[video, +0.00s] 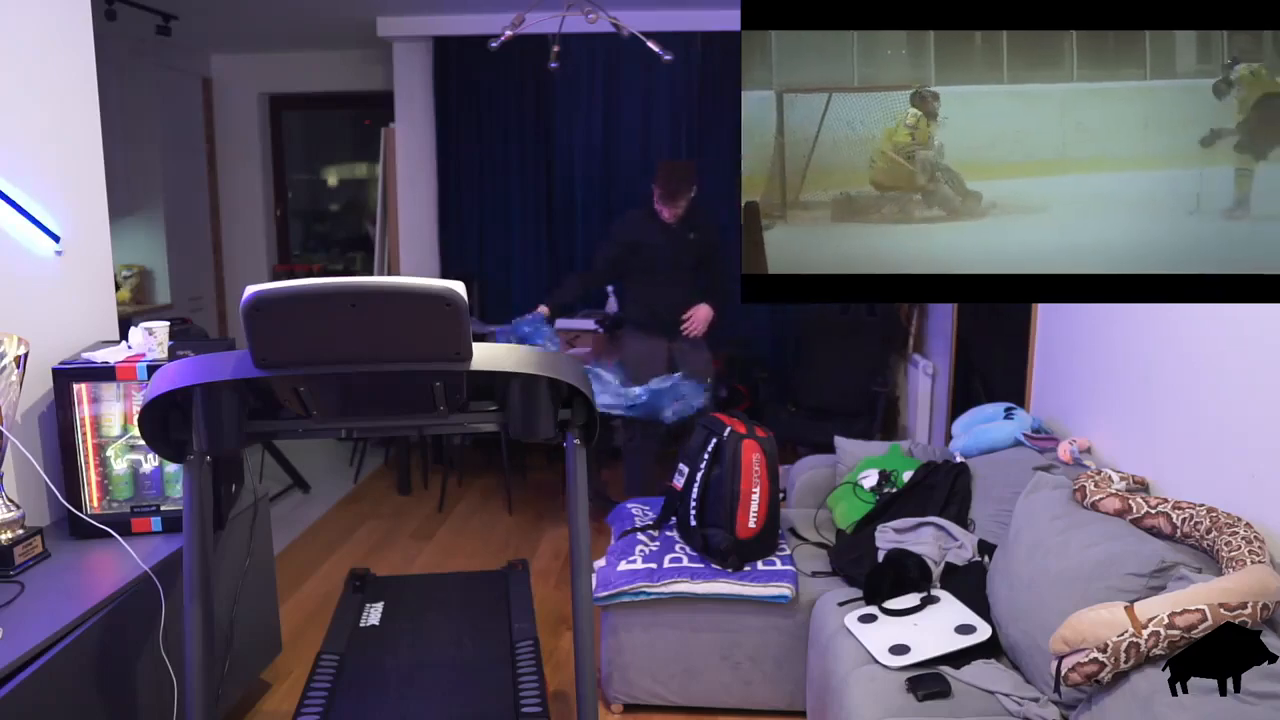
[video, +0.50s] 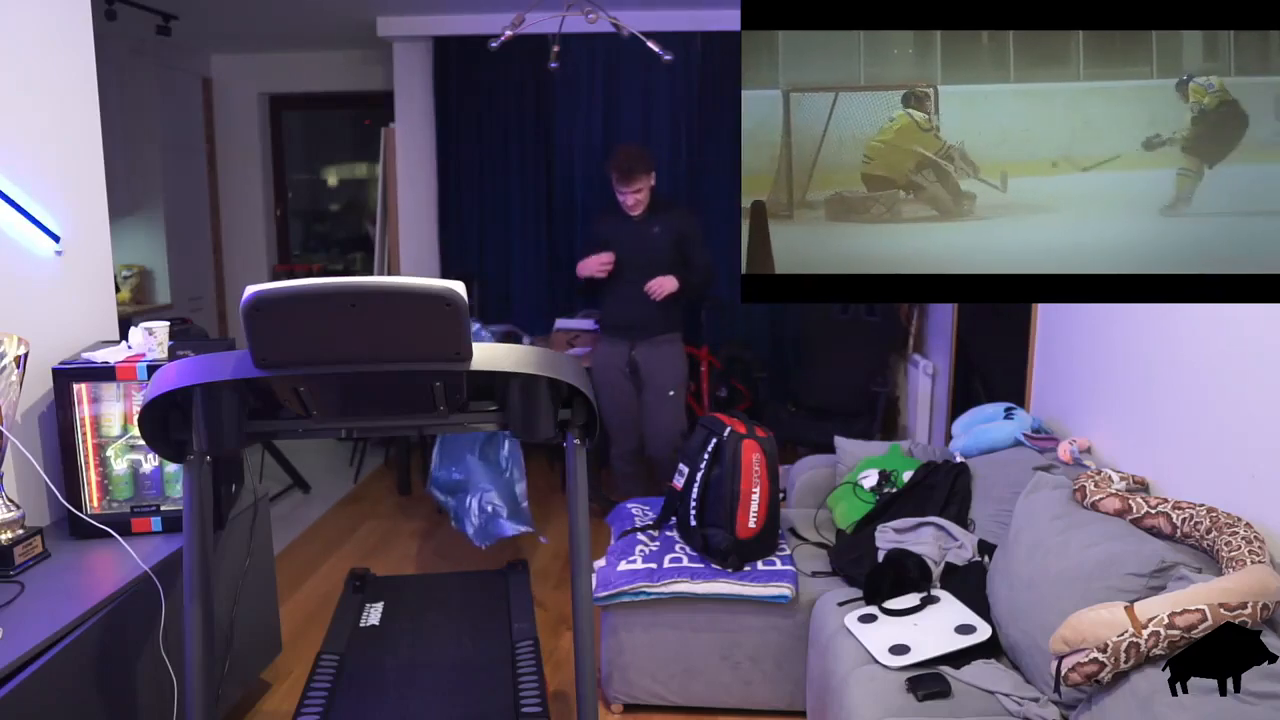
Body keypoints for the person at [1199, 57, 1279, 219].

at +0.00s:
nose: (1226, 96)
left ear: (1230, 72)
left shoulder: (1242, 70)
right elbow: (1246, 127)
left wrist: (1227, 83)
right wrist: (1220, 133)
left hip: (1269, 108)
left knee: (1244, 152)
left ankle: (1242, 205)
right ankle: (1242, 204)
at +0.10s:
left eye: (1217, 79)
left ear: (1222, 73)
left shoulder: (1235, 70)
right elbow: (1234, 127)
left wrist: (1222, 85)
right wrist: (1209, 134)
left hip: (1263, 108)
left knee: (1235, 151)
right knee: (1238, 152)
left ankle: (1231, 203)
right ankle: (1232, 202)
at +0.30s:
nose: (1201, 92)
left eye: (1200, 88)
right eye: (1200, 90)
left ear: (1202, 80)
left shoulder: (1211, 76)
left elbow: (1226, 88)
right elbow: (1211, 131)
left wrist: (1214, 101)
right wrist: (1184, 140)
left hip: (1240, 110)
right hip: (1257, 113)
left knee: (1211, 150)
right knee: (1217, 153)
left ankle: (1205, 199)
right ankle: (1207, 198)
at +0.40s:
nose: (1189, 95)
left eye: (1189, 90)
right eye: (1188, 93)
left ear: (1193, 83)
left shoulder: (1201, 80)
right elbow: (1200, 130)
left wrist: (1207, 109)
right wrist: (1173, 140)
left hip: (1229, 114)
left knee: (1200, 153)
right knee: (1205, 155)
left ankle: (1190, 200)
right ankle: (1193, 200)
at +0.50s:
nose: (1182, 99)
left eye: (1181, 94)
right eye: (1180, 96)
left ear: (1185, 86)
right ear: (1191, 81)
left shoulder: (1193, 85)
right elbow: (1195, 129)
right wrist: (1166, 140)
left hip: (1222, 117)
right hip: (1238, 119)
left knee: (1191, 153)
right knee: (1198, 157)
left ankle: (1180, 201)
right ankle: (1184, 200)